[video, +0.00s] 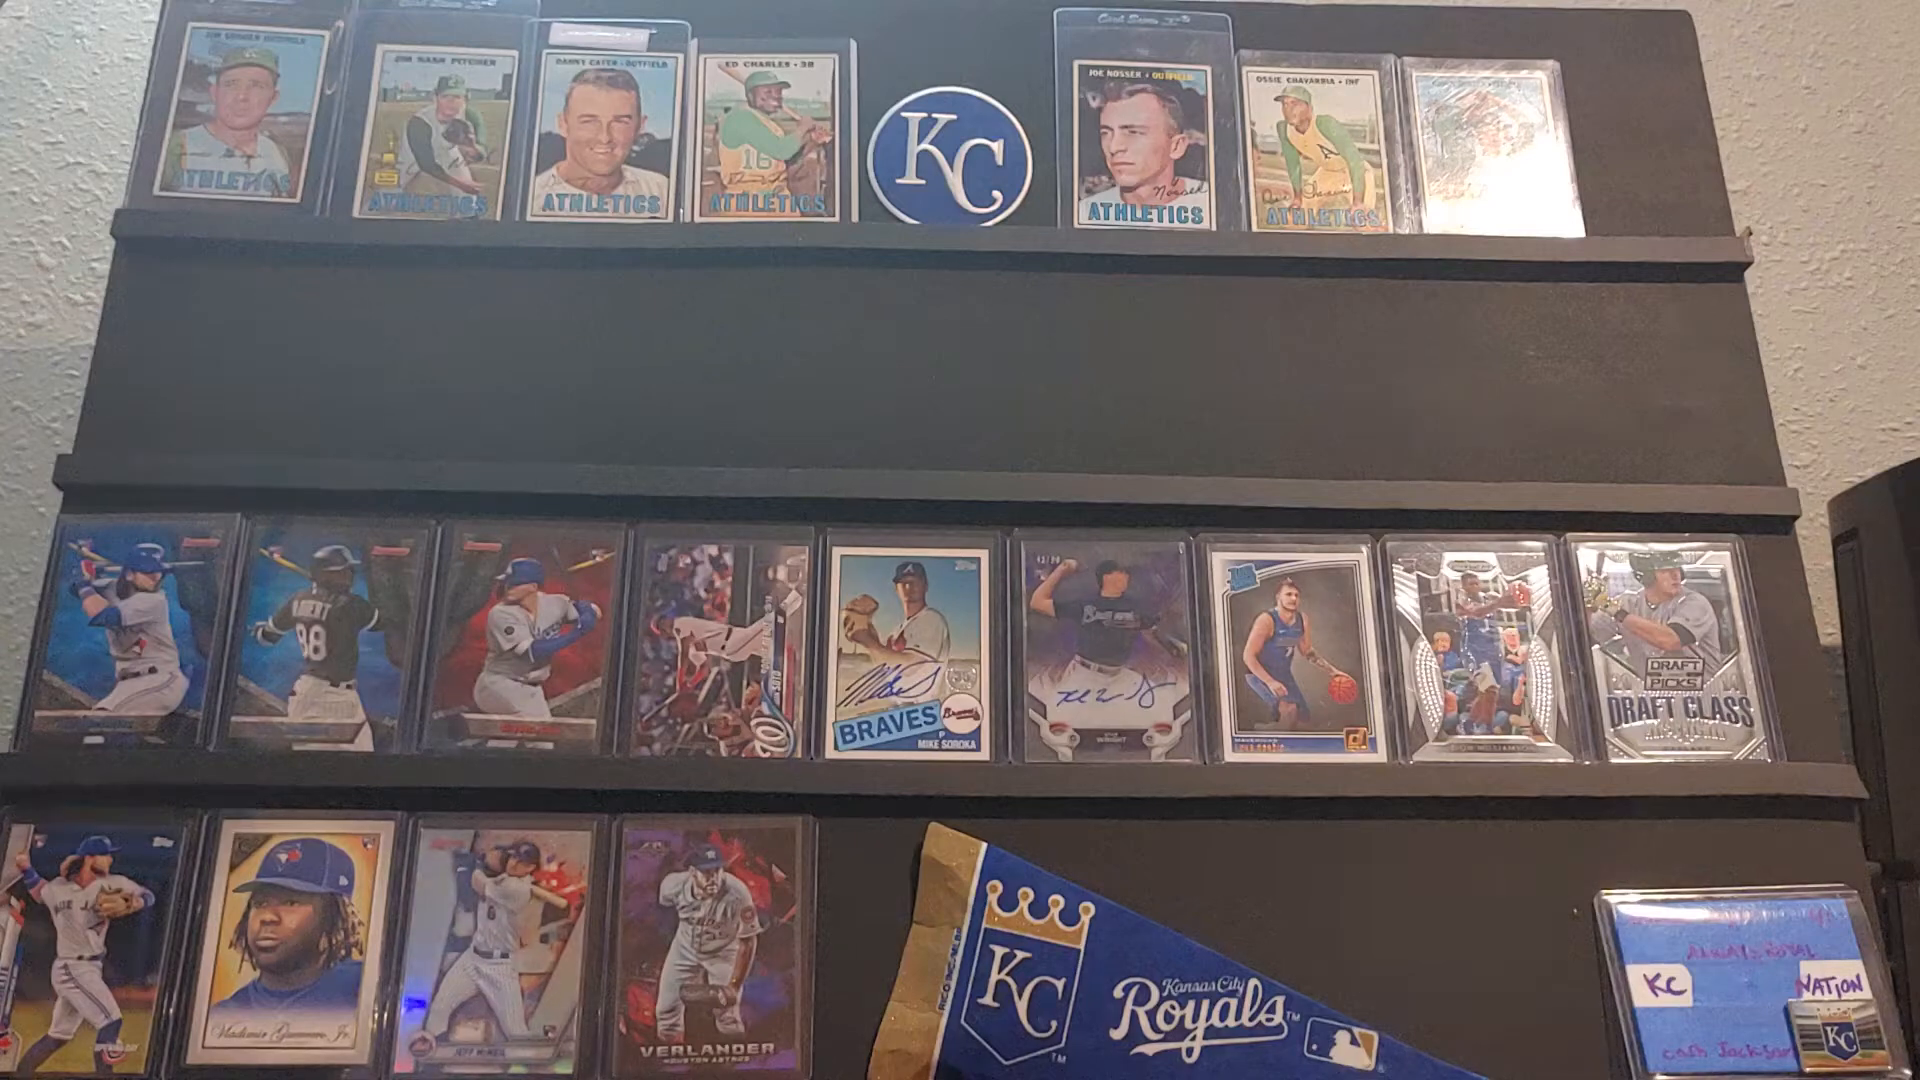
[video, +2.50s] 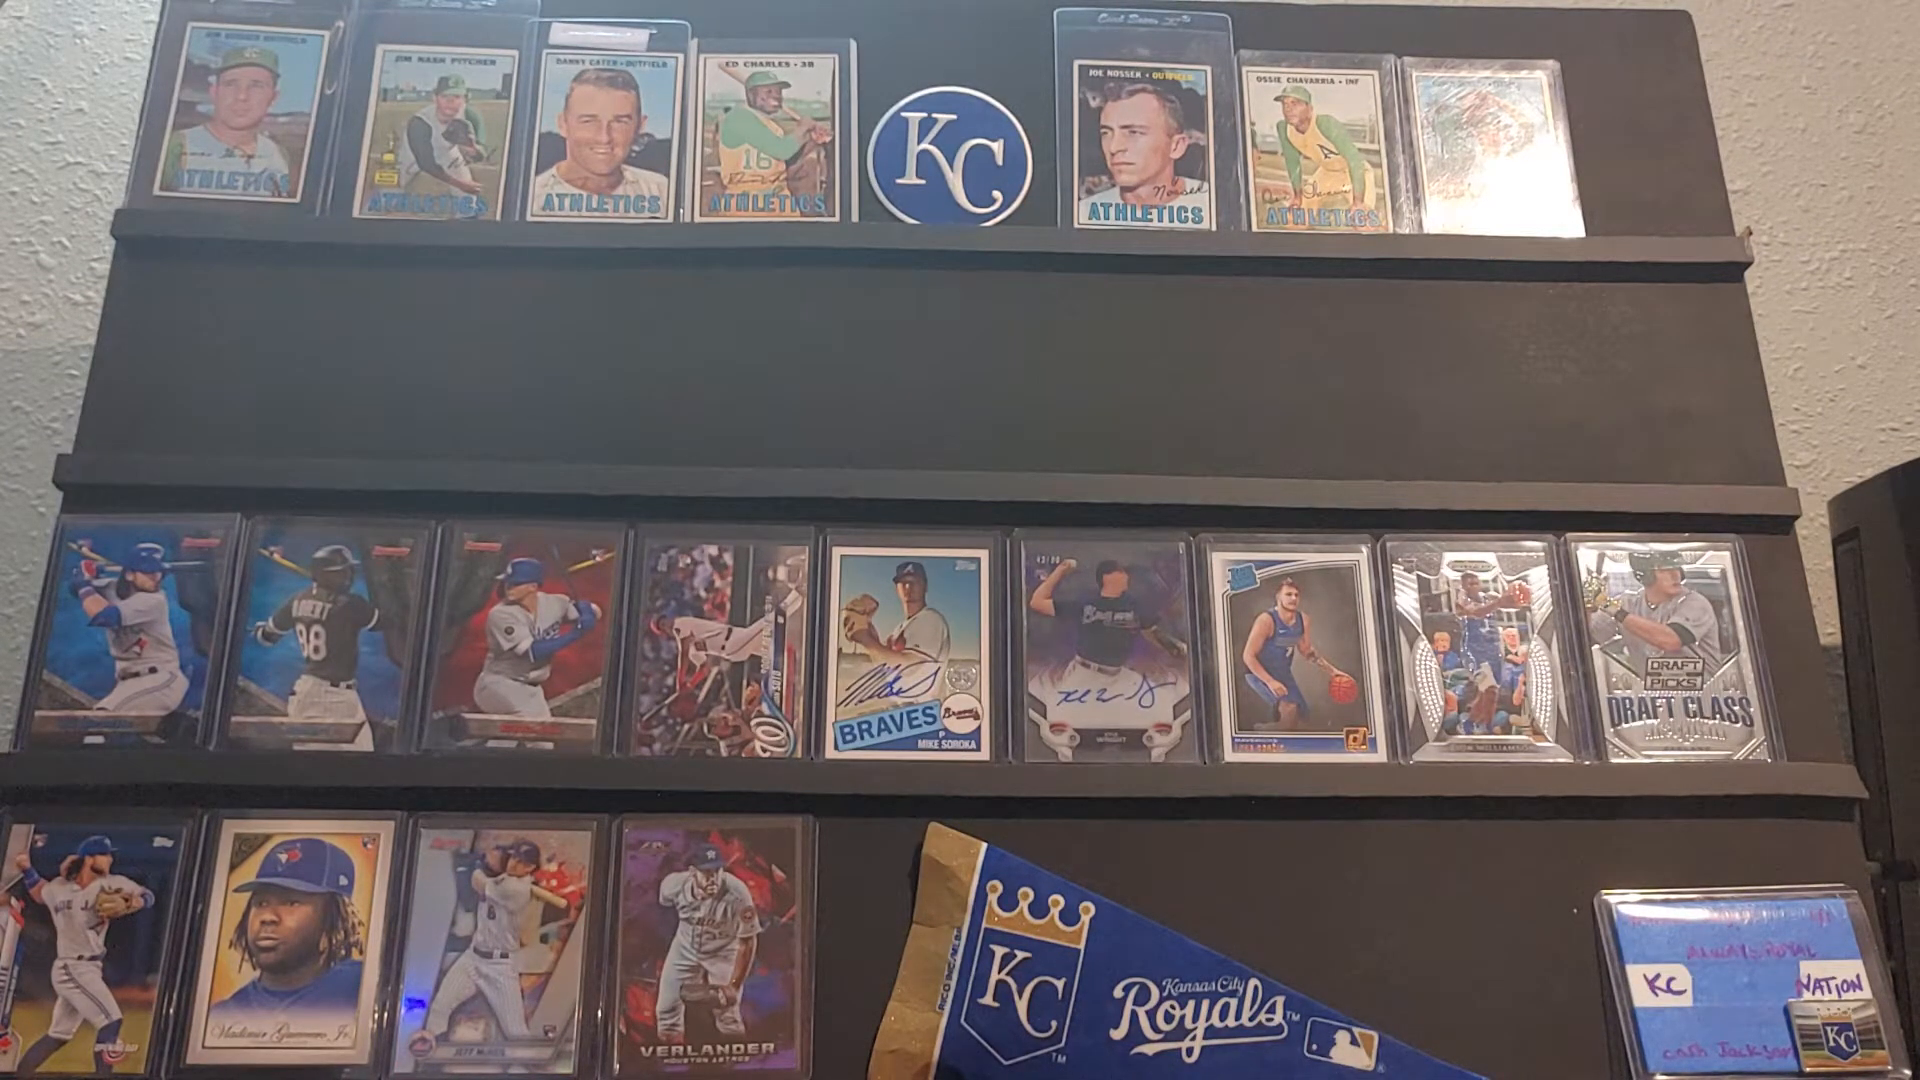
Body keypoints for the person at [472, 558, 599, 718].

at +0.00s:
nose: (507, 588)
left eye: (514, 584)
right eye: (508, 583)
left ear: (533, 586)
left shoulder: (554, 603)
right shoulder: (500, 614)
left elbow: (579, 607)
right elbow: (531, 651)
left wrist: (587, 613)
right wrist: (576, 633)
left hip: (531, 687)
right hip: (496, 684)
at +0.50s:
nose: (507, 588)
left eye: (514, 584)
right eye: (508, 583)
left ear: (533, 586)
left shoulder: (554, 603)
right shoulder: (500, 614)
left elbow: (579, 607)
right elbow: (531, 652)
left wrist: (587, 614)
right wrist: (576, 633)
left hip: (531, 687)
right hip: (496, 684)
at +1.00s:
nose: (508, 588)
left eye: (514, 584)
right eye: (507, 583)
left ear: (532, 587)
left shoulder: (554, 603)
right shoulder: (500, 614)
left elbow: (578, 607)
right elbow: (532, 651)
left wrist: (587, 614)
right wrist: (576, 633)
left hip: (531, 688)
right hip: (496, 684)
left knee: (544, 743)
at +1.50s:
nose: (508, 588)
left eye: (514, 584)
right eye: (507, 583)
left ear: (532, 587)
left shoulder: (554, 603)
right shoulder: (500, 614)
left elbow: (578, 607)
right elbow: (532, 652)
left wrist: (587, 614)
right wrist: (576, 633)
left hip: (531, 688)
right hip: (496, 684)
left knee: (544, 743)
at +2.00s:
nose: (508, 588)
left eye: (514, 584)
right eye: (507, 583)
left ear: (532, 587)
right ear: (505, 583)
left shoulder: (553, 603)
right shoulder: (500, 614)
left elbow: (577, 607)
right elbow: (532, 652)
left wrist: (587, 613)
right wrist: (576, 633)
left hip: (531, 688)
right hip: (497, 684)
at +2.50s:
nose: (508, 587)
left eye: (514, 583)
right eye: (507, 583)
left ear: (533, 587)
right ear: (504, 583)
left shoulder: (554, 603)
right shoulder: (500, 614)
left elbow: (580, 607)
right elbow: (531, 652)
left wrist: (587, 613)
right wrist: (576, 633)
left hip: (531, 688)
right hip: (497, 684)